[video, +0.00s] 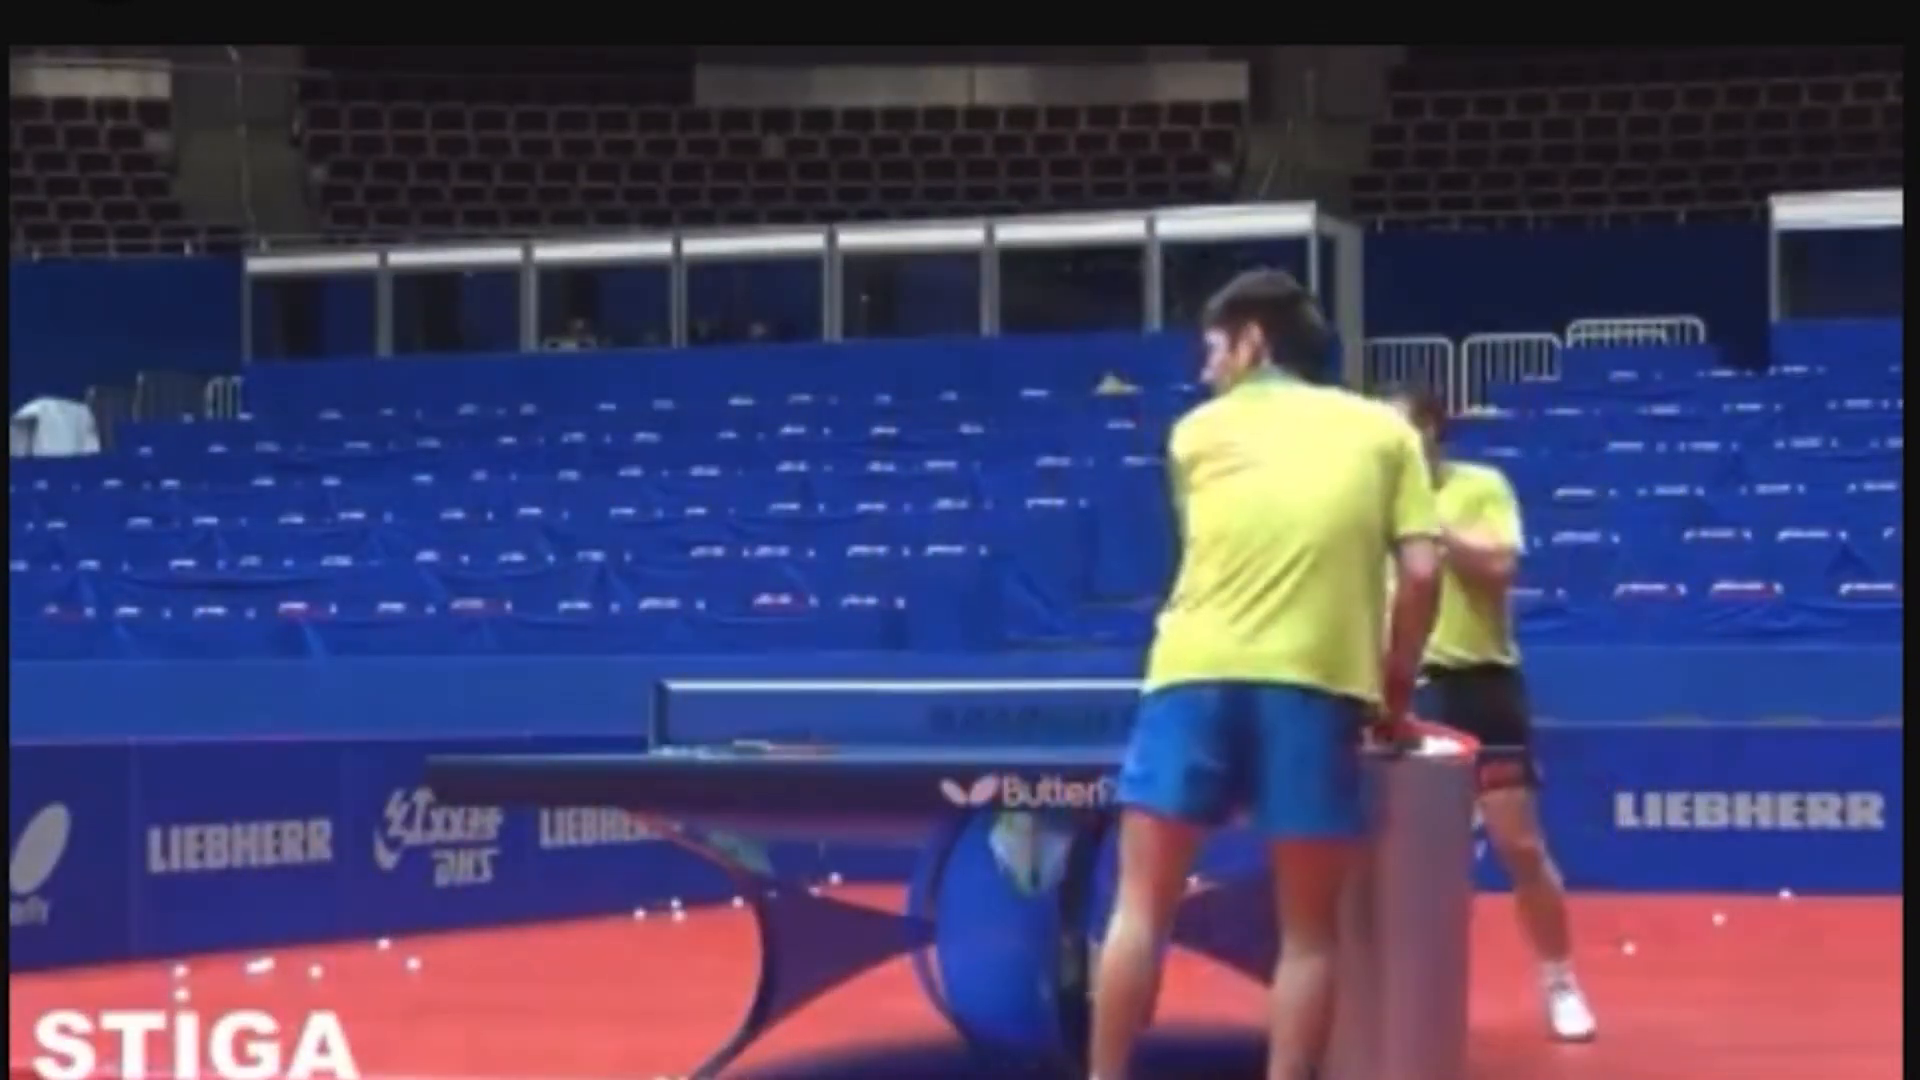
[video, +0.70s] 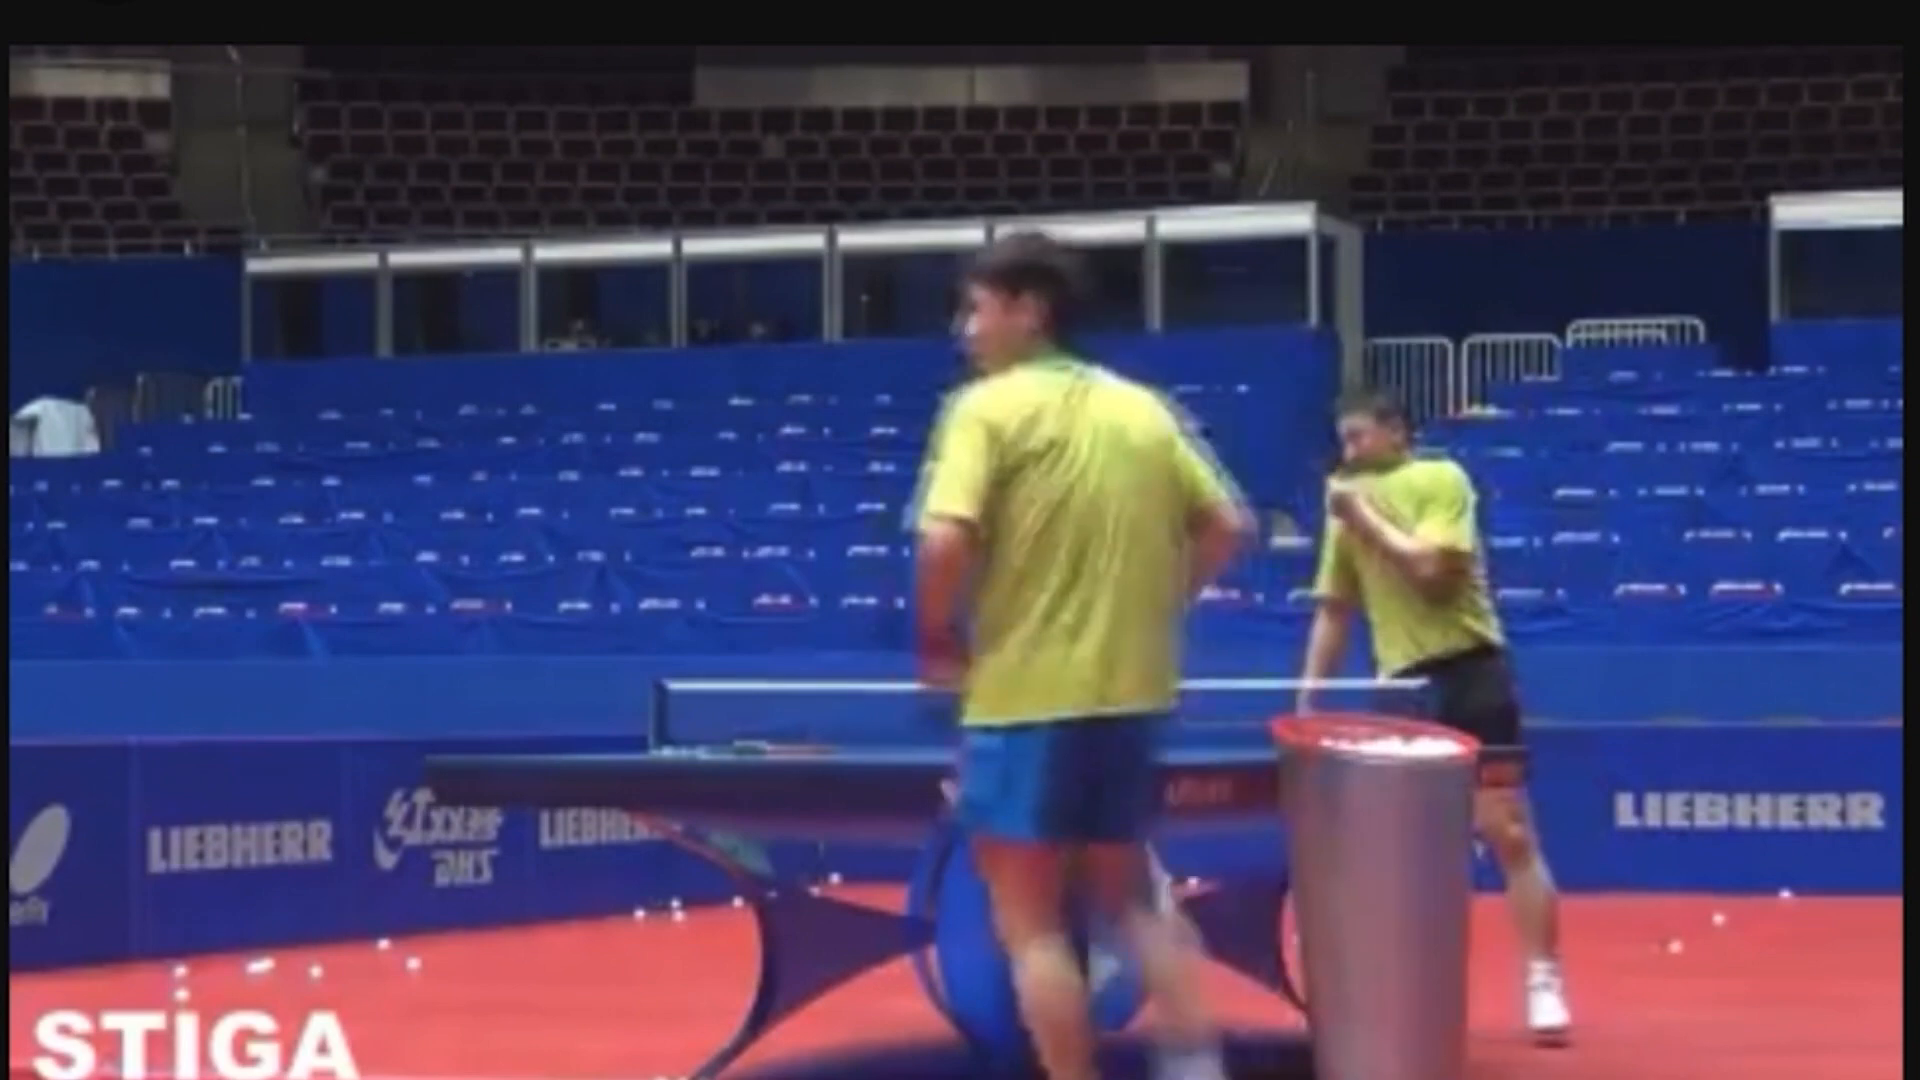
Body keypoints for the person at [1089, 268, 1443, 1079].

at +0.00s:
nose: (1205, 369)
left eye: (1212, 351)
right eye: (1204, 353)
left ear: (1251, 343)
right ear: (1300, 349)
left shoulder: (1197, 429)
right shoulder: (1383, 426)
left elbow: (1207, 553)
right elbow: (1421, 571)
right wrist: (1396, 695)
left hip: (1189, 674)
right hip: (1312, 684)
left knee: (1140, 909)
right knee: (1306, 935)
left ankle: (1105, 1071)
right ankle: (1286, 1073)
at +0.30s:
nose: (1135, 347)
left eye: (1146, 329)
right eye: (1136, 329)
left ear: (1189, 325)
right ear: (1222, 331)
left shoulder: (1135, 423)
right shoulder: (1327, 414)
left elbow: (1119, 569)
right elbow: (1398, 530)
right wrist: (1375, 626)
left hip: (1161, 685)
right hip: (1287, 689)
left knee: (1101, 909)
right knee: (1283, 918)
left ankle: (1078, 1071)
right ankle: (1280, 1073)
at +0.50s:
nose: (1052, 338)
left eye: (1063, 319)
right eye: (1053, 320)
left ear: (1108, 317)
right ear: (1133, 322)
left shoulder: (1058, 417)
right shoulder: (1239, 409)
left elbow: (1011, 561)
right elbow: (1322, 528)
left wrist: (1060, 631)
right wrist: (1261, 592)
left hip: (1100, 695)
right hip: (1226, 694)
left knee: (1064, 909)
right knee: (1245, 900)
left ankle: (1080, 1070)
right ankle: (1271, 1070)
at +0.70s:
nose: (966, 328)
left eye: (979, 309)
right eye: (967, 309)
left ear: (1028, 311)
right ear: (1043, 316)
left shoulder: (986, 408)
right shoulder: (1140, 407)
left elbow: (944, 537)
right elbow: (1226, 525)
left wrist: (934, 636)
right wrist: (1156, 601)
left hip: (1027, 699)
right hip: (1133, 695)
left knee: (1032, 926)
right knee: (1129, 893)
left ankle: (1073, 1070)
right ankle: (1195, 1060)